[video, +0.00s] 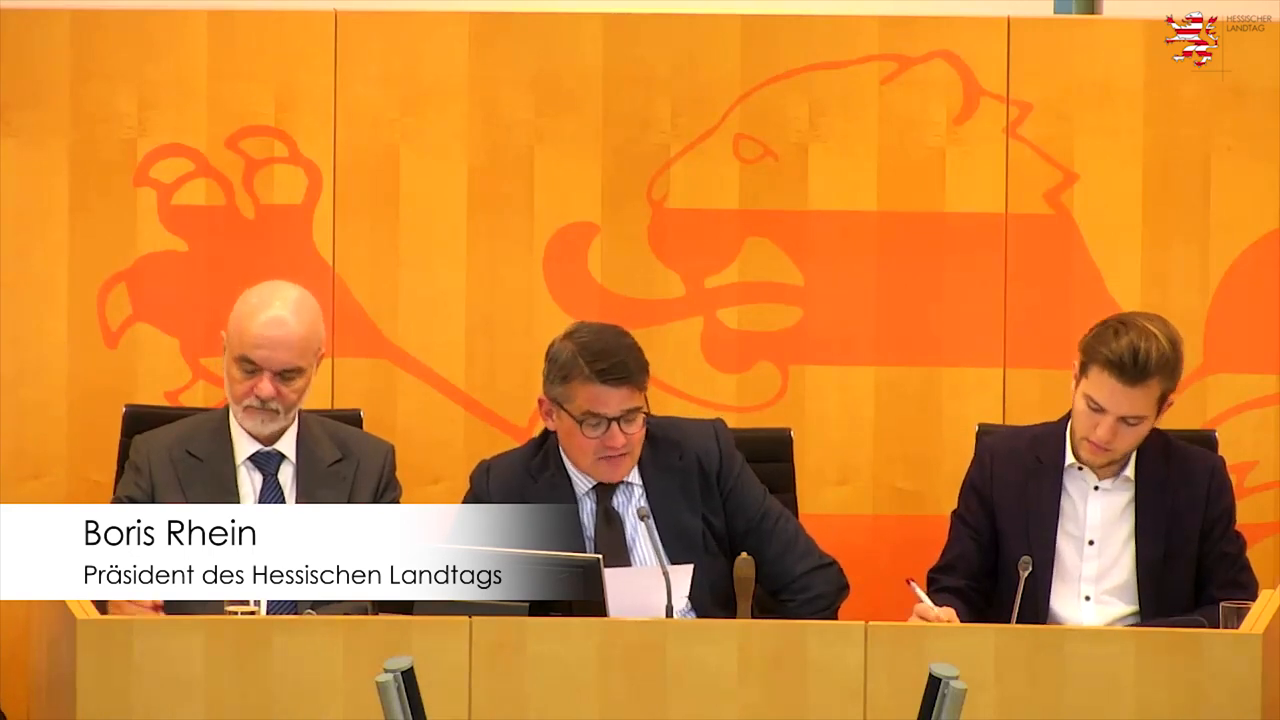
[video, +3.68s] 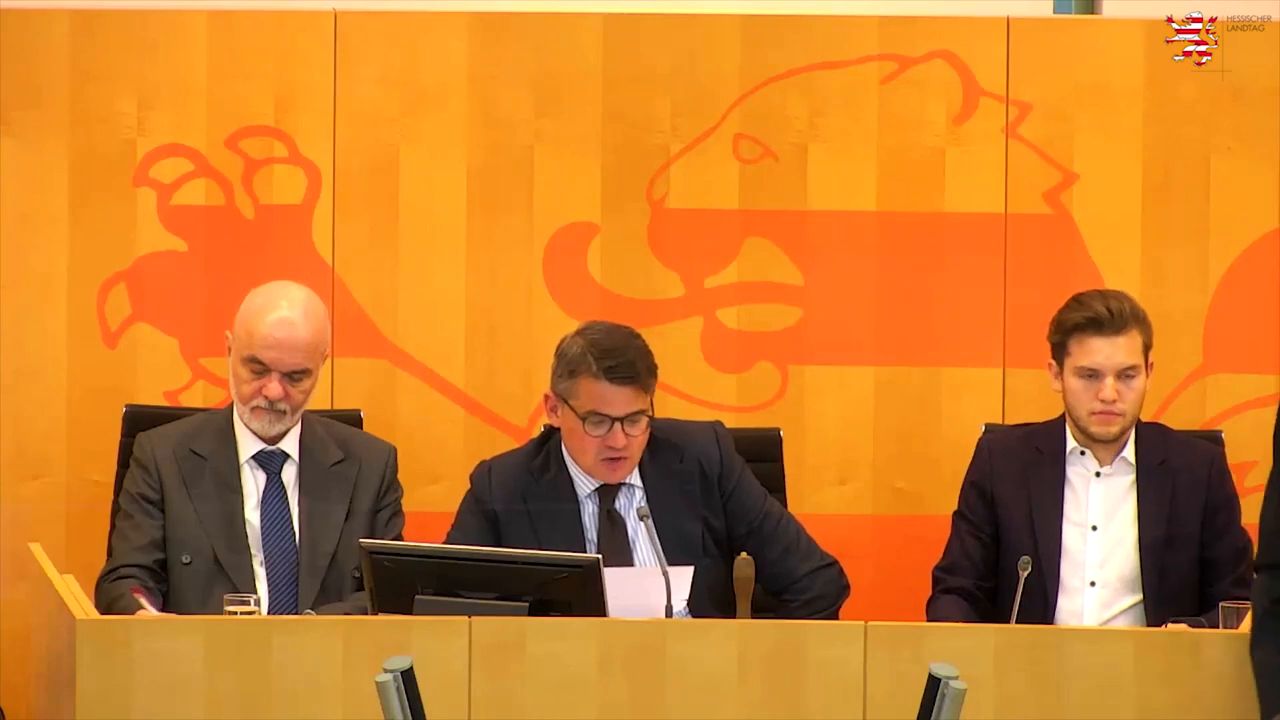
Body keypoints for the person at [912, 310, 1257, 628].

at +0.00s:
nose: (1103, 433)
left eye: (1130, 421)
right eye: (1094, 406)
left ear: (1163, 408)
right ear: (1076, 377)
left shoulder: (1200, 477)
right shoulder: (1001, 459)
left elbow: (1238, 603)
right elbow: (956, 584)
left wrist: (1153, 641)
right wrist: (942, 618)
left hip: (1152, 679)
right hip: (1025, 669)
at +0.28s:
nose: (1095, 425)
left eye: (1119, 408)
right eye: (1082, 400)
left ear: (1149, 395)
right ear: (1062, 377)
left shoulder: (1195, 477)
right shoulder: (998, 460)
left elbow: (1240, 610)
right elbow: (956, 587)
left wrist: (1137, 596)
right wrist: (939, 615)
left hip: (1150, 686)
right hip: (1022, 679)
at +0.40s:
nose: (1095, 422)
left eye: (1117, 404)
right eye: (1079, 400)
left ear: (1146, 389)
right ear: (1055, 381)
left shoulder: (1191, 473)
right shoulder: (997, 459)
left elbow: (1225, 606)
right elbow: (956, 587)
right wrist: (941, 617)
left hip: (1150, 680)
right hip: (1022, 674)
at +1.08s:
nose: (1113, 410)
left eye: (1129, 386)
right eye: (1091, 391)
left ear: (1146, 377)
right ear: (1056, 387)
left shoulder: (1205, 474)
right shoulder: (1008, 463)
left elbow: (1233, 606)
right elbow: (967, 586)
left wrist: (1122, 559)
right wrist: (940, 617)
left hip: (1154, 677)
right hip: (1027, 673)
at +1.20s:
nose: (1115, 406)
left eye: (1129, 382)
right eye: (1092, 387)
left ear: (1145, 374)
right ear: (1055, 387)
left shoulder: (1205, 472)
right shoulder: (1009, 464)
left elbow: (1245, 606)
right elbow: (968, 587)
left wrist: (1144, 598)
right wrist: (943, 614)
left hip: (1158, 685)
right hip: (1029, 680)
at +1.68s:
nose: (1100, 389)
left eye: (1118, 370)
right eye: (1081, 370)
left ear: (1146, 374)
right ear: (1056, 375)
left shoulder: (1199, 469)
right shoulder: (1003, 460)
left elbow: (1240, 601)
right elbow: (956, 583)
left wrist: (1175, 641)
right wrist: (945, 616)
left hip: (1159, 672)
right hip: (1030, 667)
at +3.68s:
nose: (1109, 394)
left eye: (1126, 375)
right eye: (1090, 375)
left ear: (1147, 375)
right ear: (1056, 374)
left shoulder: (1199, 465)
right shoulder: (1002, 457)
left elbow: (1237, 600)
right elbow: (957, 589)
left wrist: (1194, 636)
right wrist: (966, 659)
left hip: (1155, 677)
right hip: (1027, 672)